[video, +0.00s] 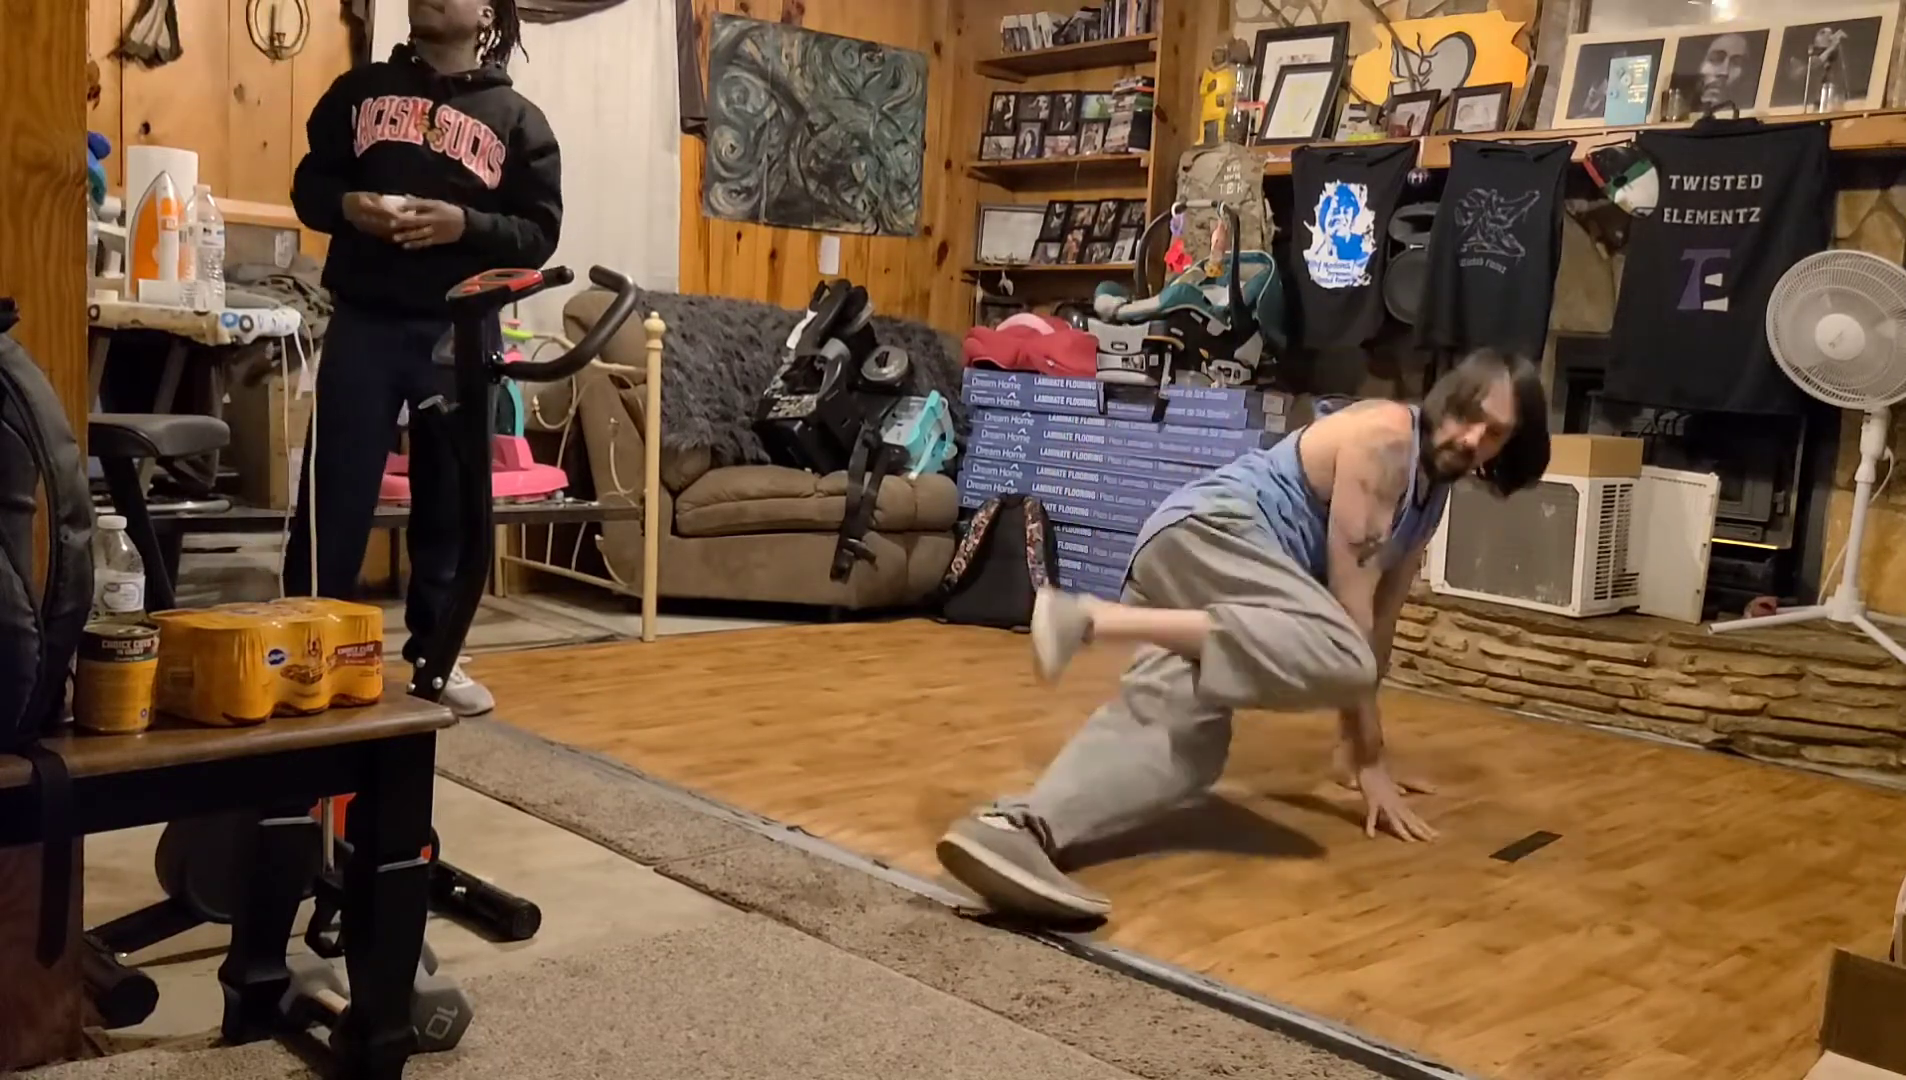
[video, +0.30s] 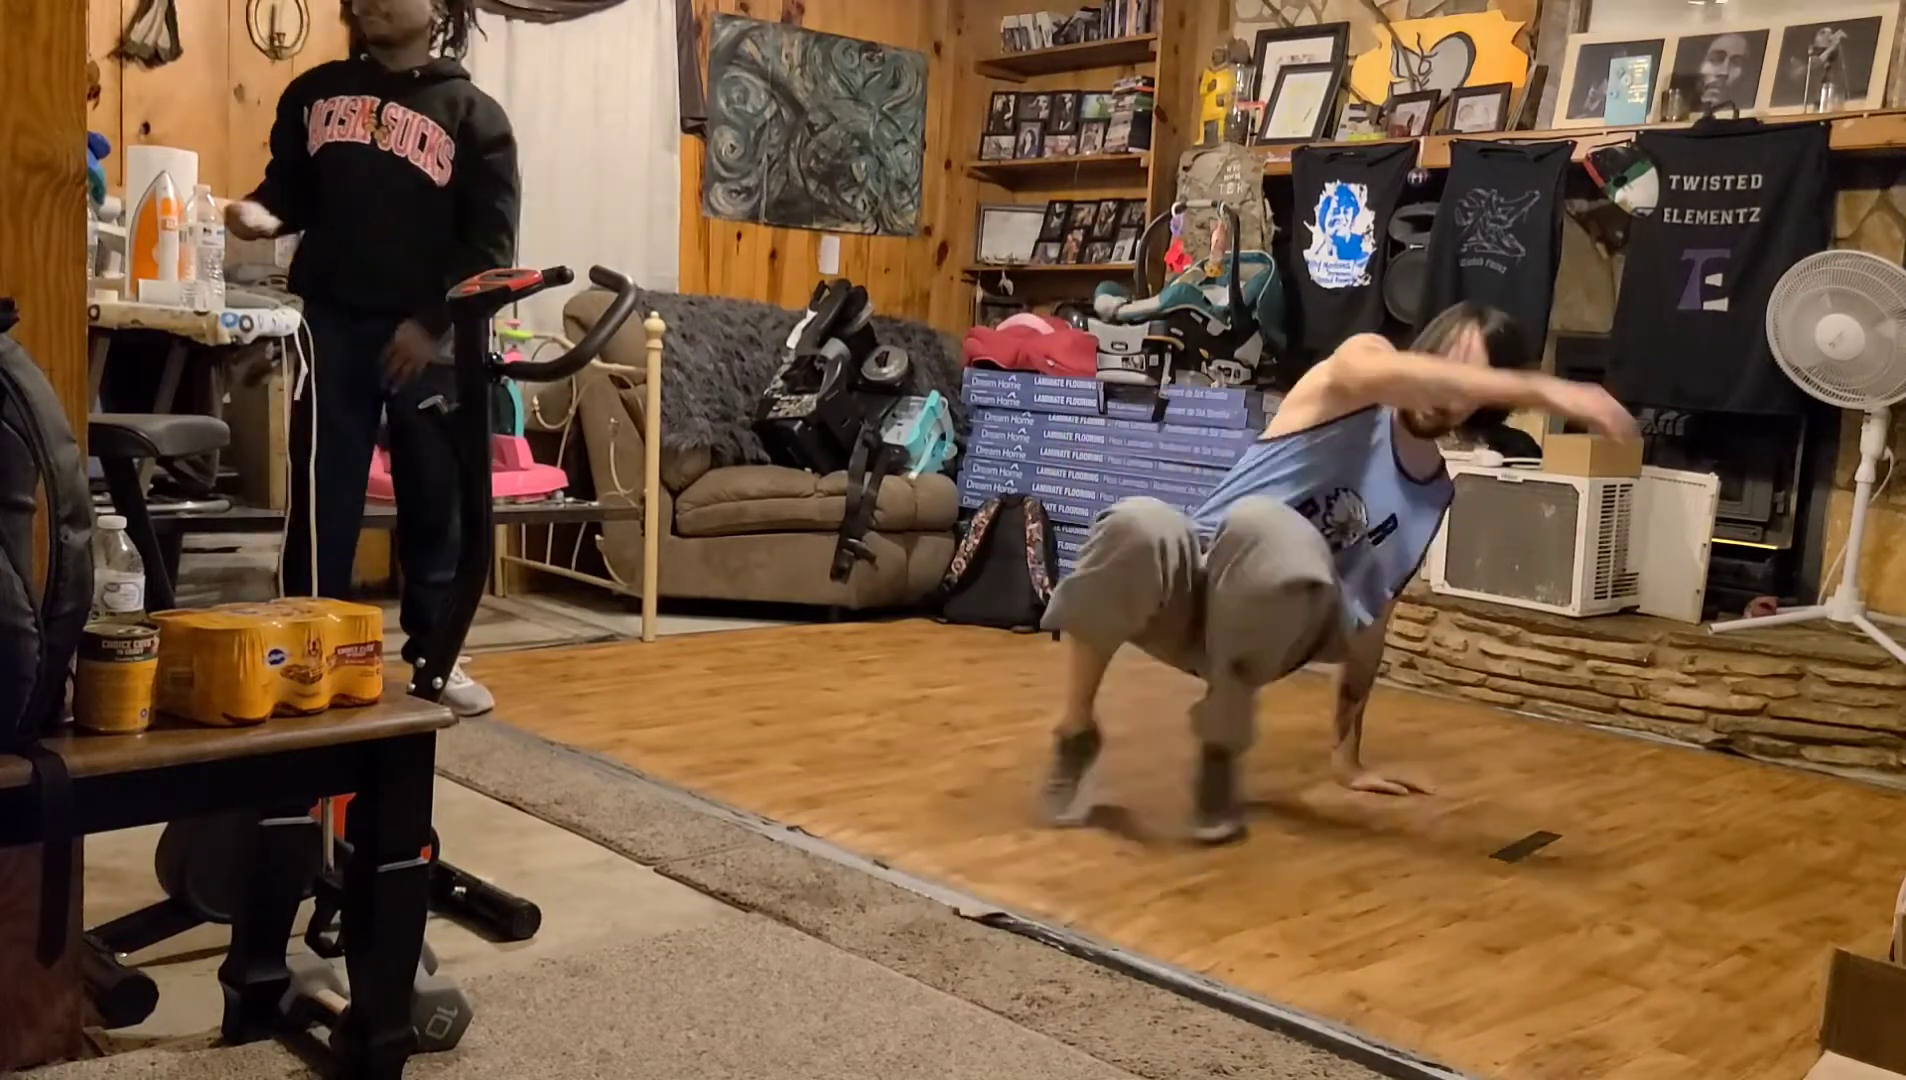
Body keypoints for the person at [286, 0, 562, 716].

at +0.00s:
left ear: (488, 15)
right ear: (413, 8)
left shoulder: (519, 121)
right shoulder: (360, 89)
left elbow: (540, 235)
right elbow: (309, 190)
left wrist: (465, 224)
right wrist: (351, 206)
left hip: (460, 332)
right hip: (364, 324)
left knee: (451, 501)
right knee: (336, 494)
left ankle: (435, 660)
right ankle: (310, 656)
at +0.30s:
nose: (372, 2)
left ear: (435, 10)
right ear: (353, 9)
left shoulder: (472, 114)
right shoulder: (312, 93)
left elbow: (491, 242)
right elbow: (290, 193)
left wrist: (434, 320)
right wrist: (259, 211)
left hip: (428, 334)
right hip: (331, 329)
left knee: (437, 501)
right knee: (324, 497)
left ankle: (436, 658)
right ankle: (309, 656)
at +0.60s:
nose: (308, 7)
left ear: (371, 11)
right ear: (290, 8)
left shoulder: (419, 102)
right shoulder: (255, 96)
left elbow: (448, 231)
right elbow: (221, 212)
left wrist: (407, 330)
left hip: (406, 327)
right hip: (302, 327)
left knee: (431, 492)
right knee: (306, 496)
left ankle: (437, 659)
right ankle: (301, 659)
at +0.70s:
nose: (292, 4)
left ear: (350, 5)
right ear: (264, 6)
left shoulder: (403, 95)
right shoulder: (236, 101)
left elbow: (439, 223)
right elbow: (202, 220)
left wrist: (395, 323)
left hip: (400, 318)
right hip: (296, 323)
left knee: (434, 486)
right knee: (305, 495)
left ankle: (443, 655)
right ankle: (301, 659)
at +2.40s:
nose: (258, 17)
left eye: (278, 4)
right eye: (249, 3)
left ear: (320, 11)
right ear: (236, 8)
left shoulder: (373, 97)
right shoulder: (206, 97)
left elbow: (406, 226)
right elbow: (177, 215)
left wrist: (357, 322)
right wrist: (208, 316)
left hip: (376, 309)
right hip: (275, 314)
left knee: (409, 482)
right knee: (292, 488)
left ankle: (442, 653)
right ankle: (298, 650)